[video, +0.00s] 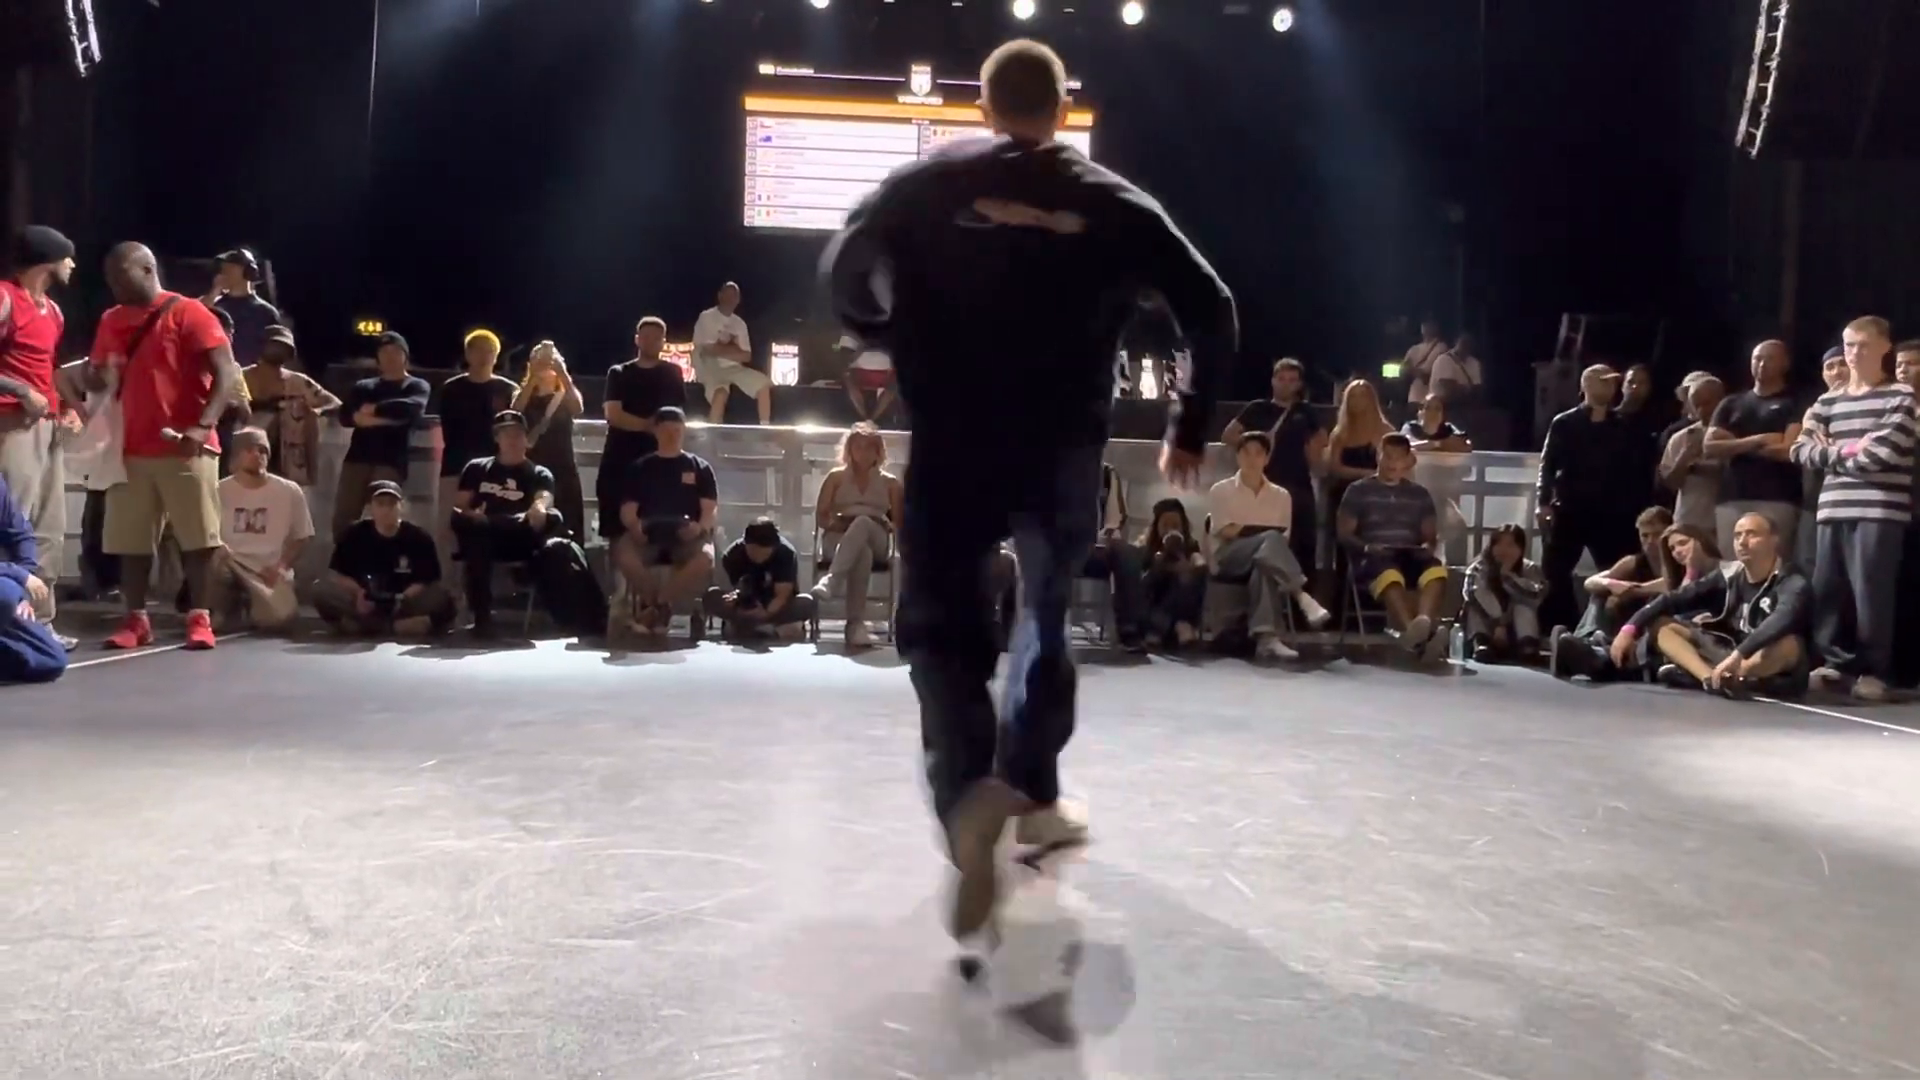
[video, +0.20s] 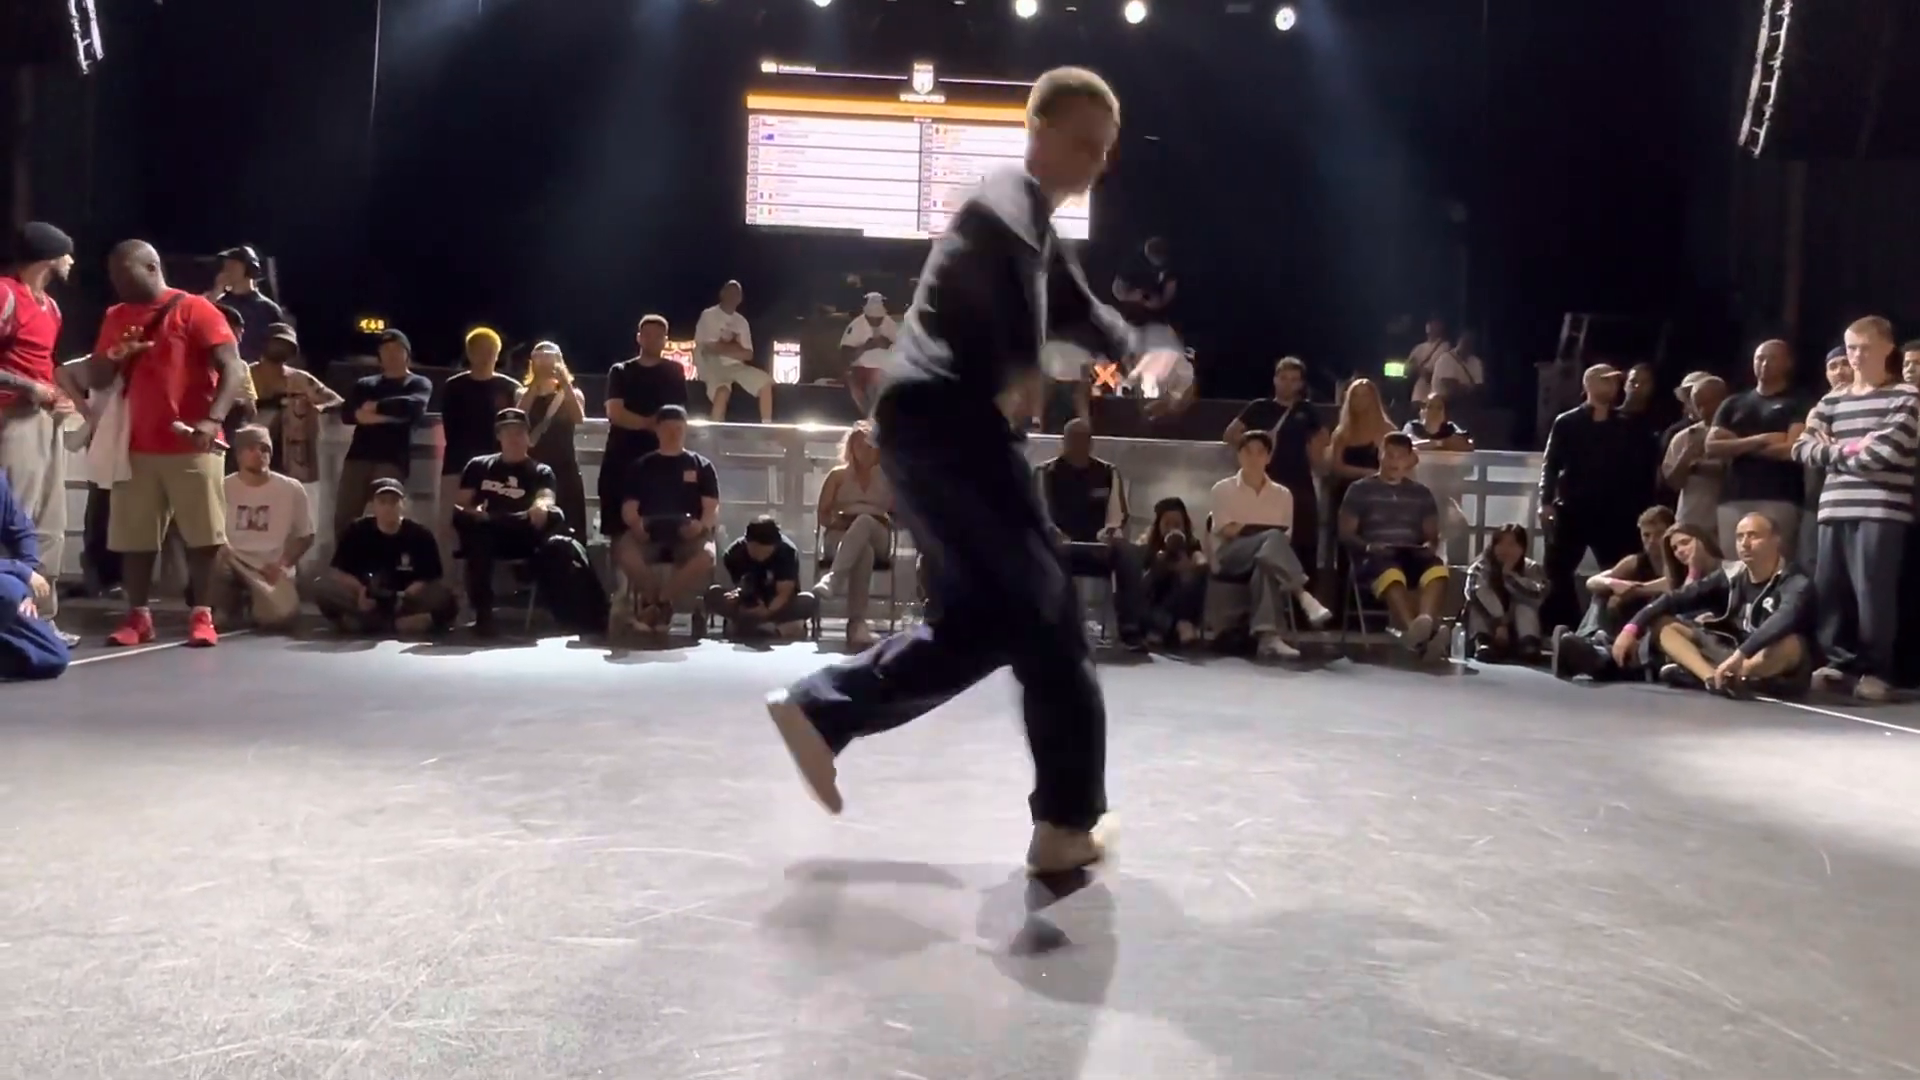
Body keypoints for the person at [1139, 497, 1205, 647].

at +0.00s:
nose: (1170, 531)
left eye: (1175, 526)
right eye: (1165, 525)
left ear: (1184, 526)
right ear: (1156, 526)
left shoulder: (1191, 547)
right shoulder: (1145, 550)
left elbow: (1201, 567)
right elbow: (1142, 583)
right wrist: (1160, 562)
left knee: (1192, 576)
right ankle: (1182, 623)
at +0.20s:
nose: (1172, 530)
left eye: (1177, 524)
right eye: (1167, 524)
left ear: (1185, 525)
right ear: (1158, 525)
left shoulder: (1192, 545)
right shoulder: (1147, 548)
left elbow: (1202, 564)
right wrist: (1161, 562)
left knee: (1192, 575)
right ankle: (1183, 623)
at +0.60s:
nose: (1178, 525)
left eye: (1183, 520)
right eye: (1172, 520)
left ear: (1191, 520)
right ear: (1163, 520)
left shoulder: (1197, 541)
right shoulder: (1153, 543)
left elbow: (1208, 561)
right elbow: (1148, 576)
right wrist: (1164, 558)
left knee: (1195, 571)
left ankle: (1163, 625)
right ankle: (1189, 619)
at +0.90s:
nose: (1181, 523)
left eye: (1186, 517)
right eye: (1176, 517)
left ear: (1194, 518)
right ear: (1166, 518)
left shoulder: (1201, 539)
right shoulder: (1157, 541)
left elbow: (1212, 560)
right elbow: (1153, 575)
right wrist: (1170, 552)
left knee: (1199, 570)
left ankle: (1166, 623)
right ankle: (1193, 616)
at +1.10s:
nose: (1182, 522)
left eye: (1188, 516)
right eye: (1177, 516)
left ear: (1196, 517)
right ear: (1169, 517)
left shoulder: (1203, 539)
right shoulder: (1160, 541)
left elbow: (1214, 561)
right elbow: (1156, 575)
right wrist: (1170, 556)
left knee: (1201, 569)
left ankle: (1168, 622)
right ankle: (1194, 616)